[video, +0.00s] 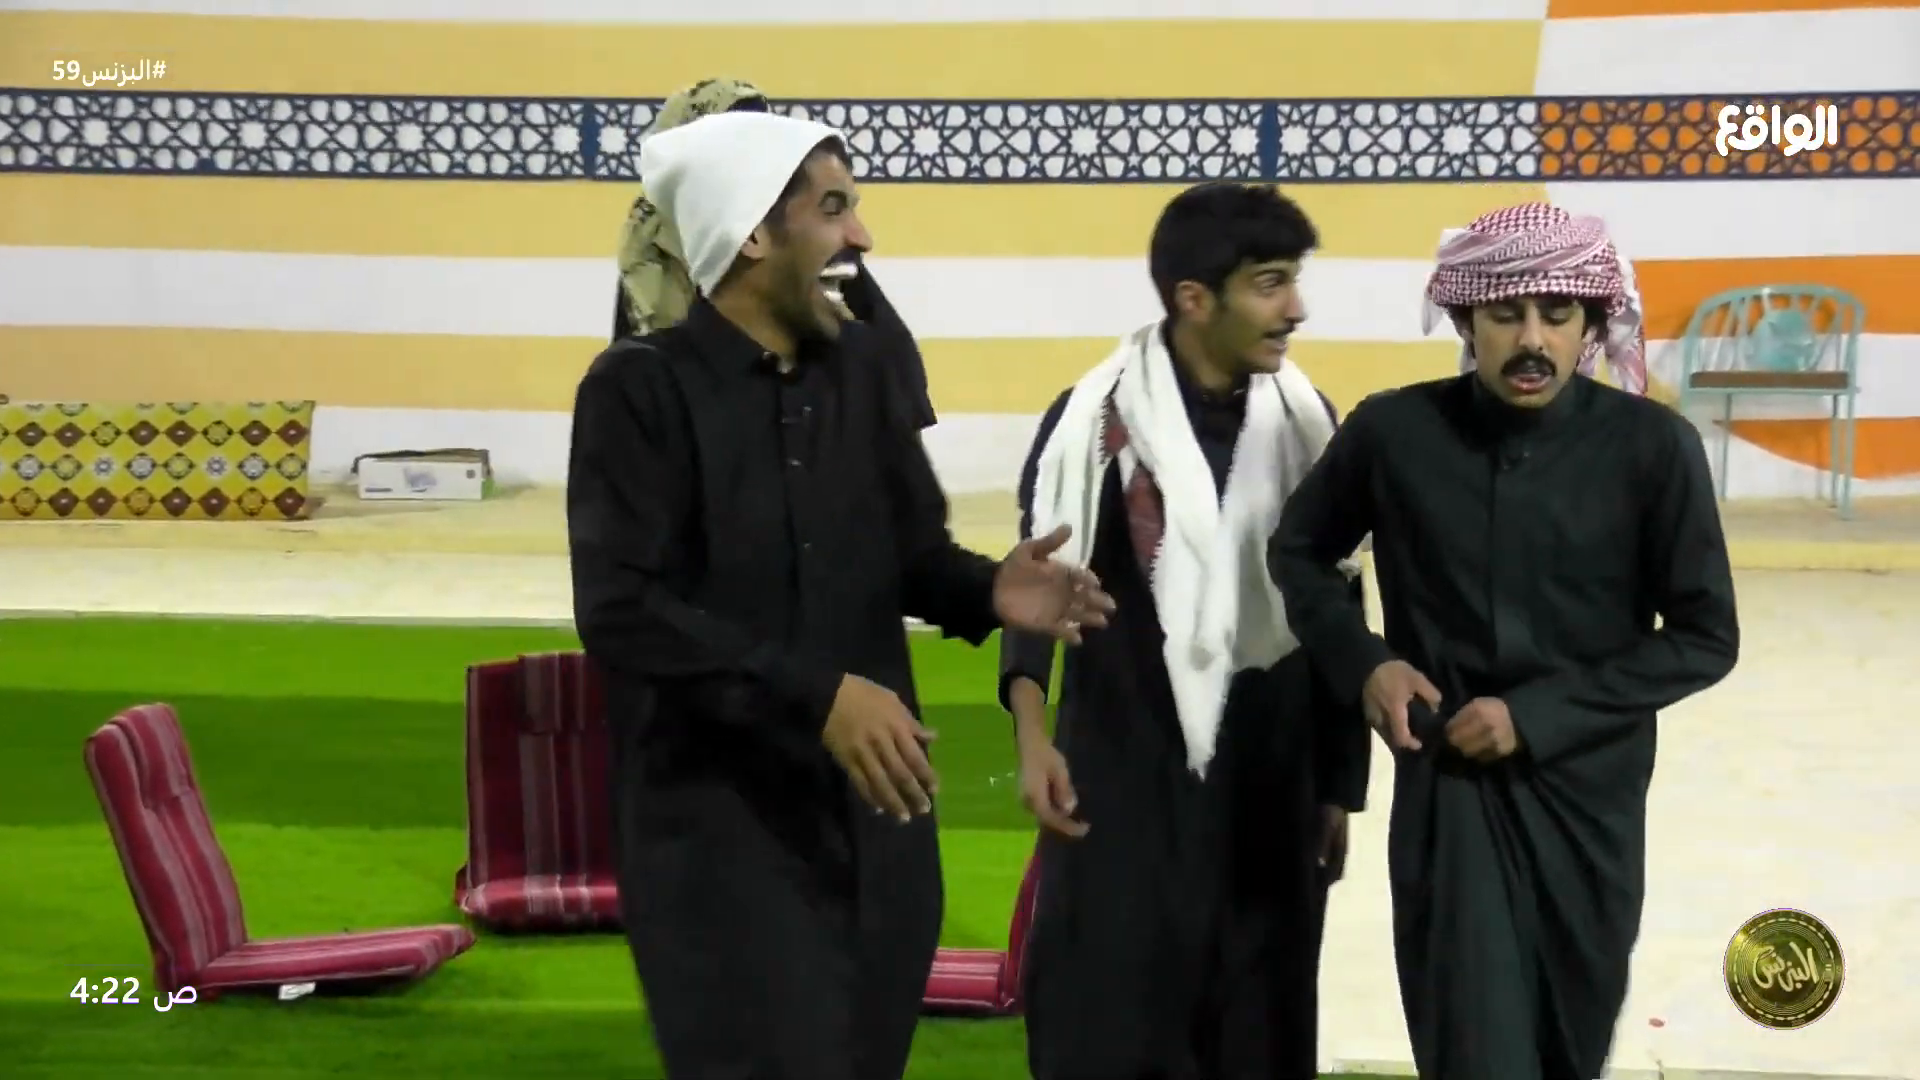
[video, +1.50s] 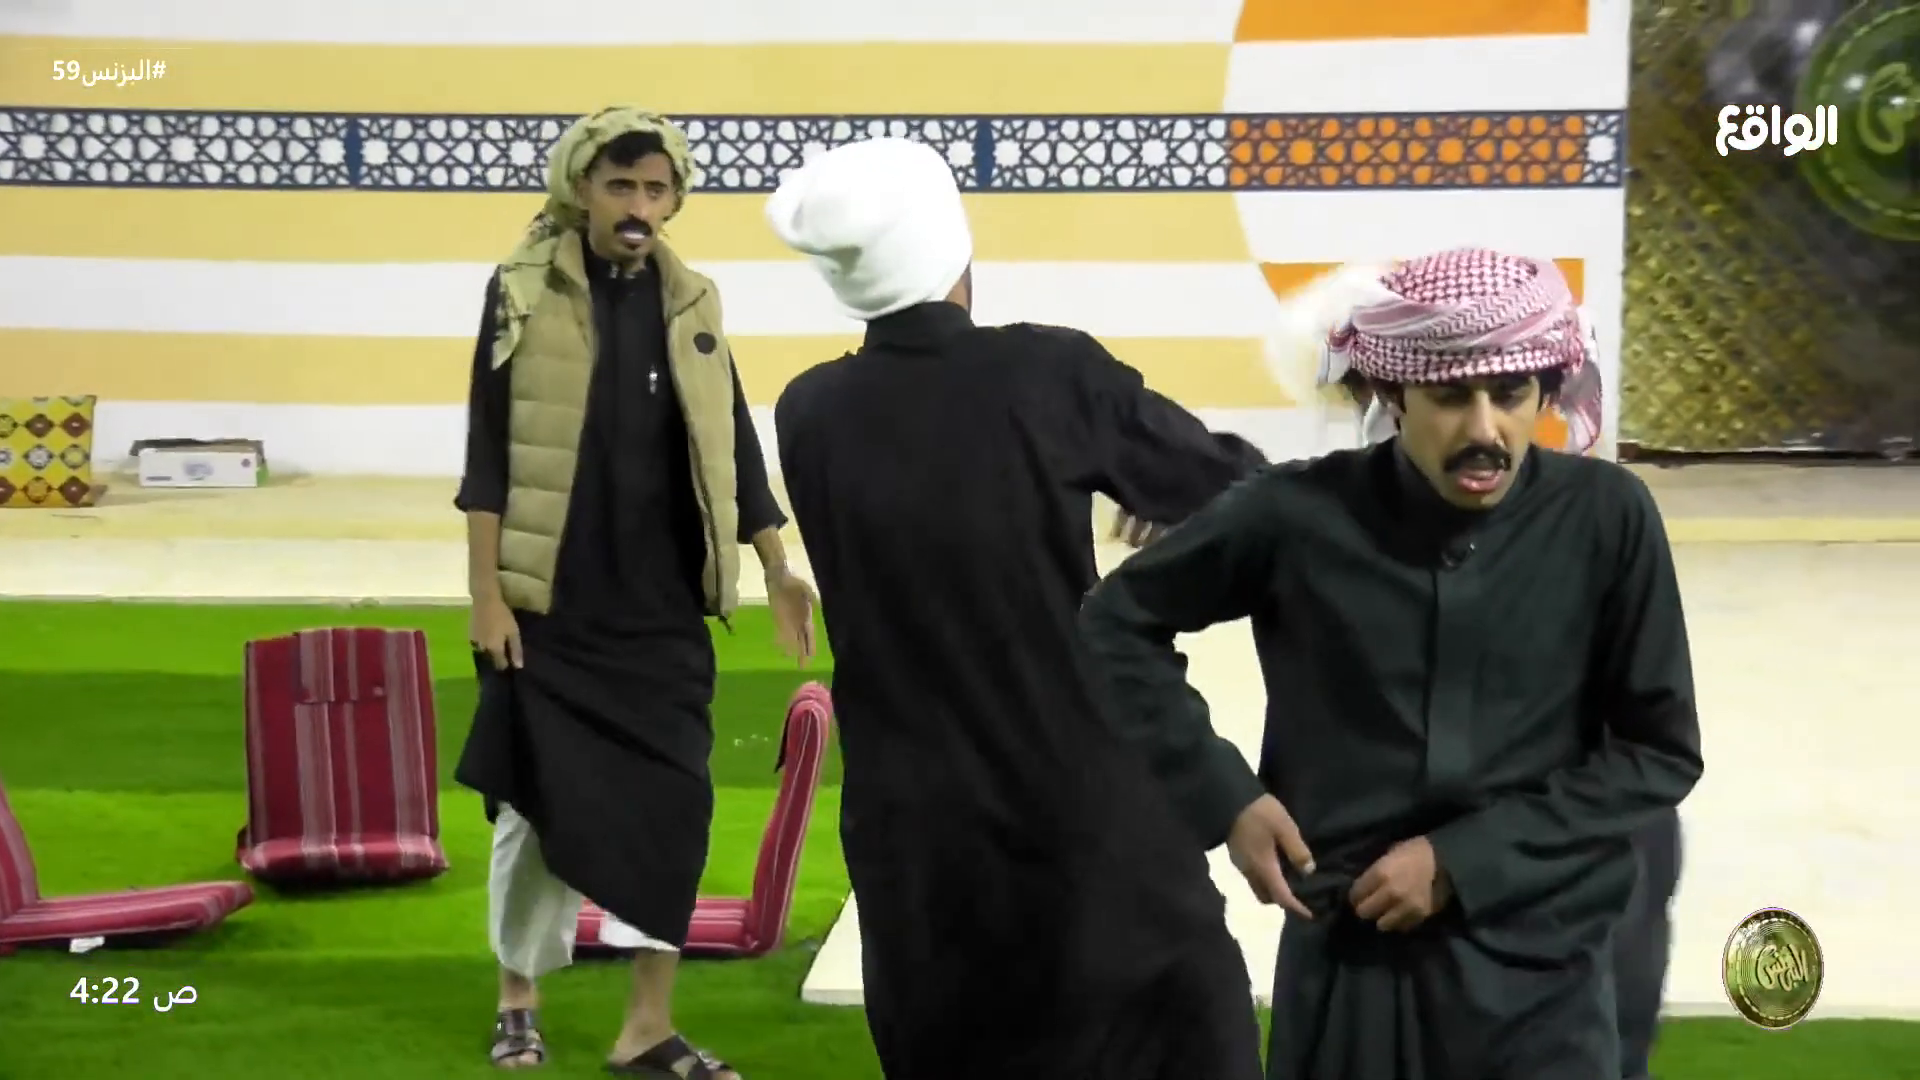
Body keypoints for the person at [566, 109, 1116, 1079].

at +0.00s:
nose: (859, 234)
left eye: (851, 204)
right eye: (830, 207)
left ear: (765, 238)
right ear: (751, 236)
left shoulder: (862, 362)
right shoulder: (636, 389)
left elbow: (911, 554)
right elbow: (619, 616)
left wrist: (991, 588)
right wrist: (821, 694)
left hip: (871, 825)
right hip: (714, 837)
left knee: (863, 1055)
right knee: (756, 1057)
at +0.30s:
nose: (989, 290)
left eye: (984, 260)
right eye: (974, 260)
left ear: (913, 275)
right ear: (906, 276)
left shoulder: (932, 418)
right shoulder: (759, 426)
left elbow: (970, 634)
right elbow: (750, 675)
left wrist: (1107, 621)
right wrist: (986, 743)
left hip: (953, 881)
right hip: (828, 898)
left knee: (977, 1055)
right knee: (891, 1058)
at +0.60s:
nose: (1057, 278)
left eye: (1058, 247)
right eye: (1053, 247)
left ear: (958, 248)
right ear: (1001, 253)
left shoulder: (843, 390)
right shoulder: (942, 388)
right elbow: (1128, 608)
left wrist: (1057, 508)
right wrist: (1199, 546)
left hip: (902, 902)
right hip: (997, 911)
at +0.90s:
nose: (1127, 286)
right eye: (1126, 264)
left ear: (981, 269)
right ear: (1099, 273)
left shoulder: (908, 394)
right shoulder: (1108, 404)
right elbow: (1217, 610)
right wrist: (1268, 461)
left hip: (925, 823)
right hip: (1069, 829)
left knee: (933, 1045)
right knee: (1060, 1047)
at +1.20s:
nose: (1043, 289)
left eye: (1034, 265)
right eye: (1038, 271)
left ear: (919, 292)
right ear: (1028, 288)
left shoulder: (859, 421)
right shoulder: (1058, 417)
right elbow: (1214, 529)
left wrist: (1231, 443)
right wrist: (1215, 437)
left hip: (923, 853)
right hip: (1079, 846)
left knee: (953, 1056)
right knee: (1109, 1052)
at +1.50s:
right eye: (963, 237)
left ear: (847, 283)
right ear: (962, 260)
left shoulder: (808, 415)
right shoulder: (1056, 372)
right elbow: (1237, 491)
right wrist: (1167, 528)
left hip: (908, 825)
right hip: (1082, 801)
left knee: (942, 1046)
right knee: (1171, 1037)